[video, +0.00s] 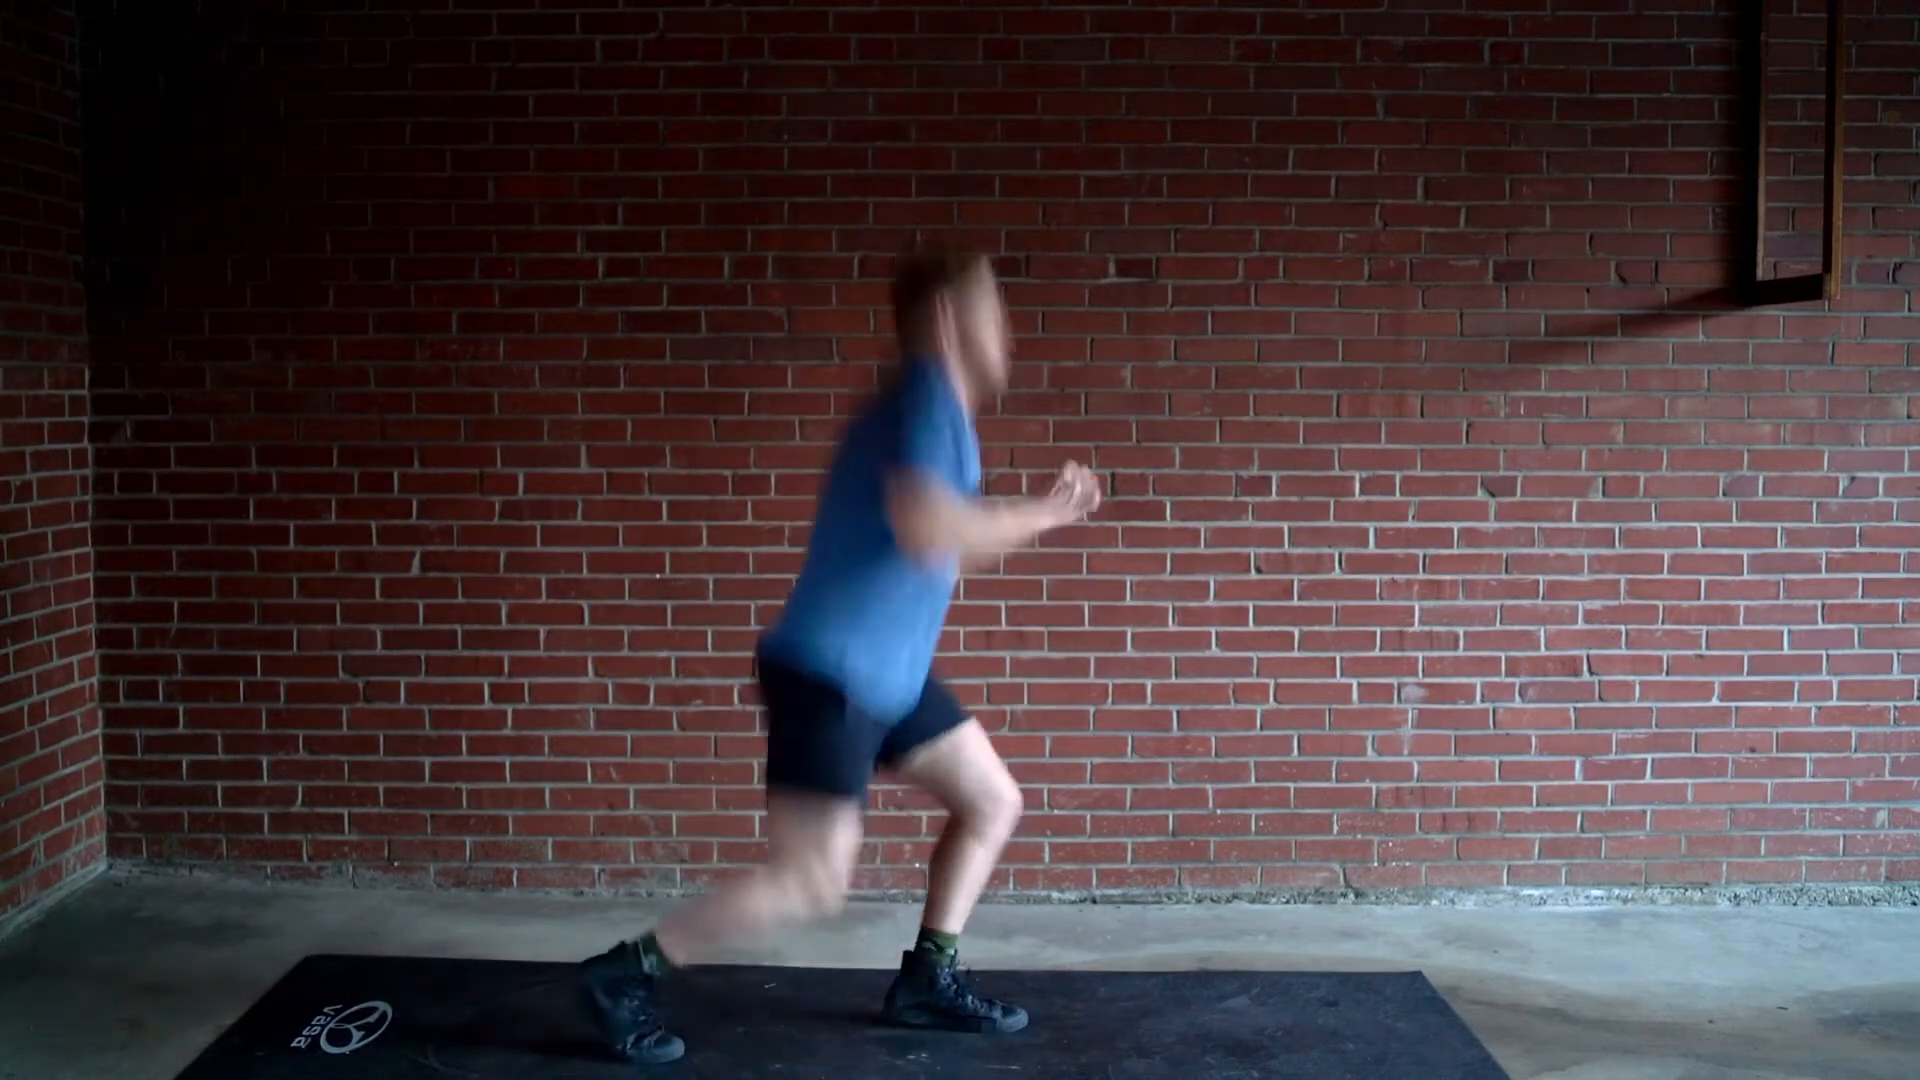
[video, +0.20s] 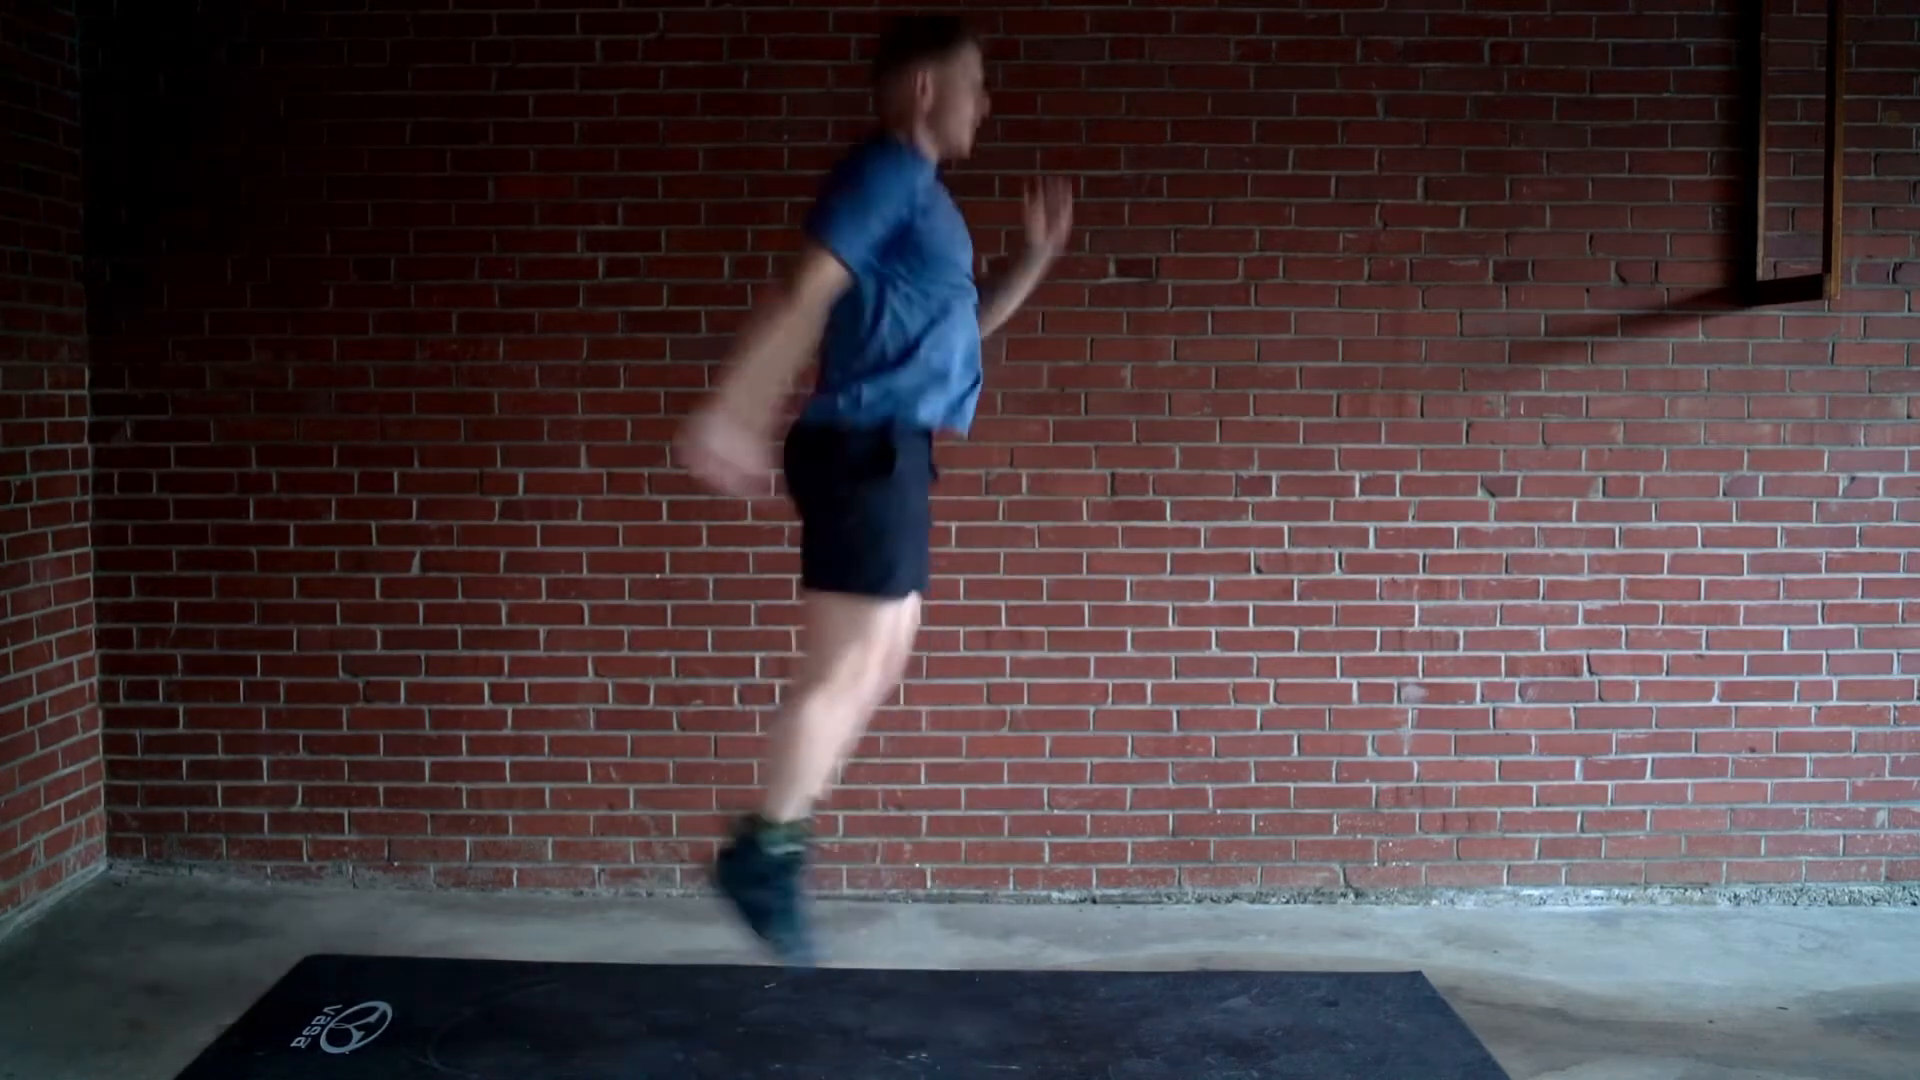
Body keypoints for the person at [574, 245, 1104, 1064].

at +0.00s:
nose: (1006, 327)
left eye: (1001, 307)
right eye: (990, 307)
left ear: (953, 316)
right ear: (944, 314)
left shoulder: (949, 410)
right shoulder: (921, 398)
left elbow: (939, 526)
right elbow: (925, 524)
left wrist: (1039, 507)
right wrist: (1046, 511)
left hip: (891, 670)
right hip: (826, 667)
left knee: (991, 801)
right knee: (812, 877)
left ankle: (928, 978)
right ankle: (624, 972)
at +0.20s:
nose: (984, 104)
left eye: (983, 86)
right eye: (972, 85)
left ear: (933, 91)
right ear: (922, 88)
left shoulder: (924, 191)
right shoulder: (886, 174)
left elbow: (962, 334)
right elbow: (806, 295)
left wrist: (1036, 257)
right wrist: (731, 413)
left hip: (898, 442)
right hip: (861, 442)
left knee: (887, 649)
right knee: (849, 657)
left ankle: (777, 834)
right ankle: (767, 849)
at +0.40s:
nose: (993, 140)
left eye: (992, 121)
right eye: (979, 120)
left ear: (952, 126)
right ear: (926, 120)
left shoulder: (952, 241)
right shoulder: (865, 208)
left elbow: (1027, 340)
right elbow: (731, 288)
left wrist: (1059, 243)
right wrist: (604, 364)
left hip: (879, 483)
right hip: (856, 483)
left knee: (789, 687)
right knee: (928, 702)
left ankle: (653, 822)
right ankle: (900, 908)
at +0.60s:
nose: (1009, 363)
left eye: (1008, 342)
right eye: (994, 343)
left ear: (985, 349)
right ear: (942, 348)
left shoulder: (968, 467)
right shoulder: (869, 445)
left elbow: (1035, 578)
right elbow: (734, 524)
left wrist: (1072, 481)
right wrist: (611, 603)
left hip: (867, 713)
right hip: (818, 710)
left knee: (806, 903)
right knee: (985, 850)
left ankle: (617, 949)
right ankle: (897, 1027)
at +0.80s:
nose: (1027, 520)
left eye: (1025, 503)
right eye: (1016, 502)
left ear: (970, 514)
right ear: (965, 512)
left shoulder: (963, 610)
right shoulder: (881, 596)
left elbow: (1006, 729)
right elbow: (747, 681)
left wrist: (1067, 661)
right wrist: (647, 791)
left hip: (829, 816)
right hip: (787, 821)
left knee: (827, 1001)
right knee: (995, 858)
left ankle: (645, 957)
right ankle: (896, 1029)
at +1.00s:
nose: (1010, 485)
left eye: (1006, 467)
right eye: (997, 467)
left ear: (951, 485)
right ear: (946, 481)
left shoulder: (954, 577)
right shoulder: (884, 568)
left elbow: (1010, 688)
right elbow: (751, 659)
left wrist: (1062, 607)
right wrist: (643, 761)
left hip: (826, 794)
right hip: (787, 797)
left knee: (824, 982)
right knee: (994, 854)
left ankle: (635, 956)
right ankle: (898, 1029)